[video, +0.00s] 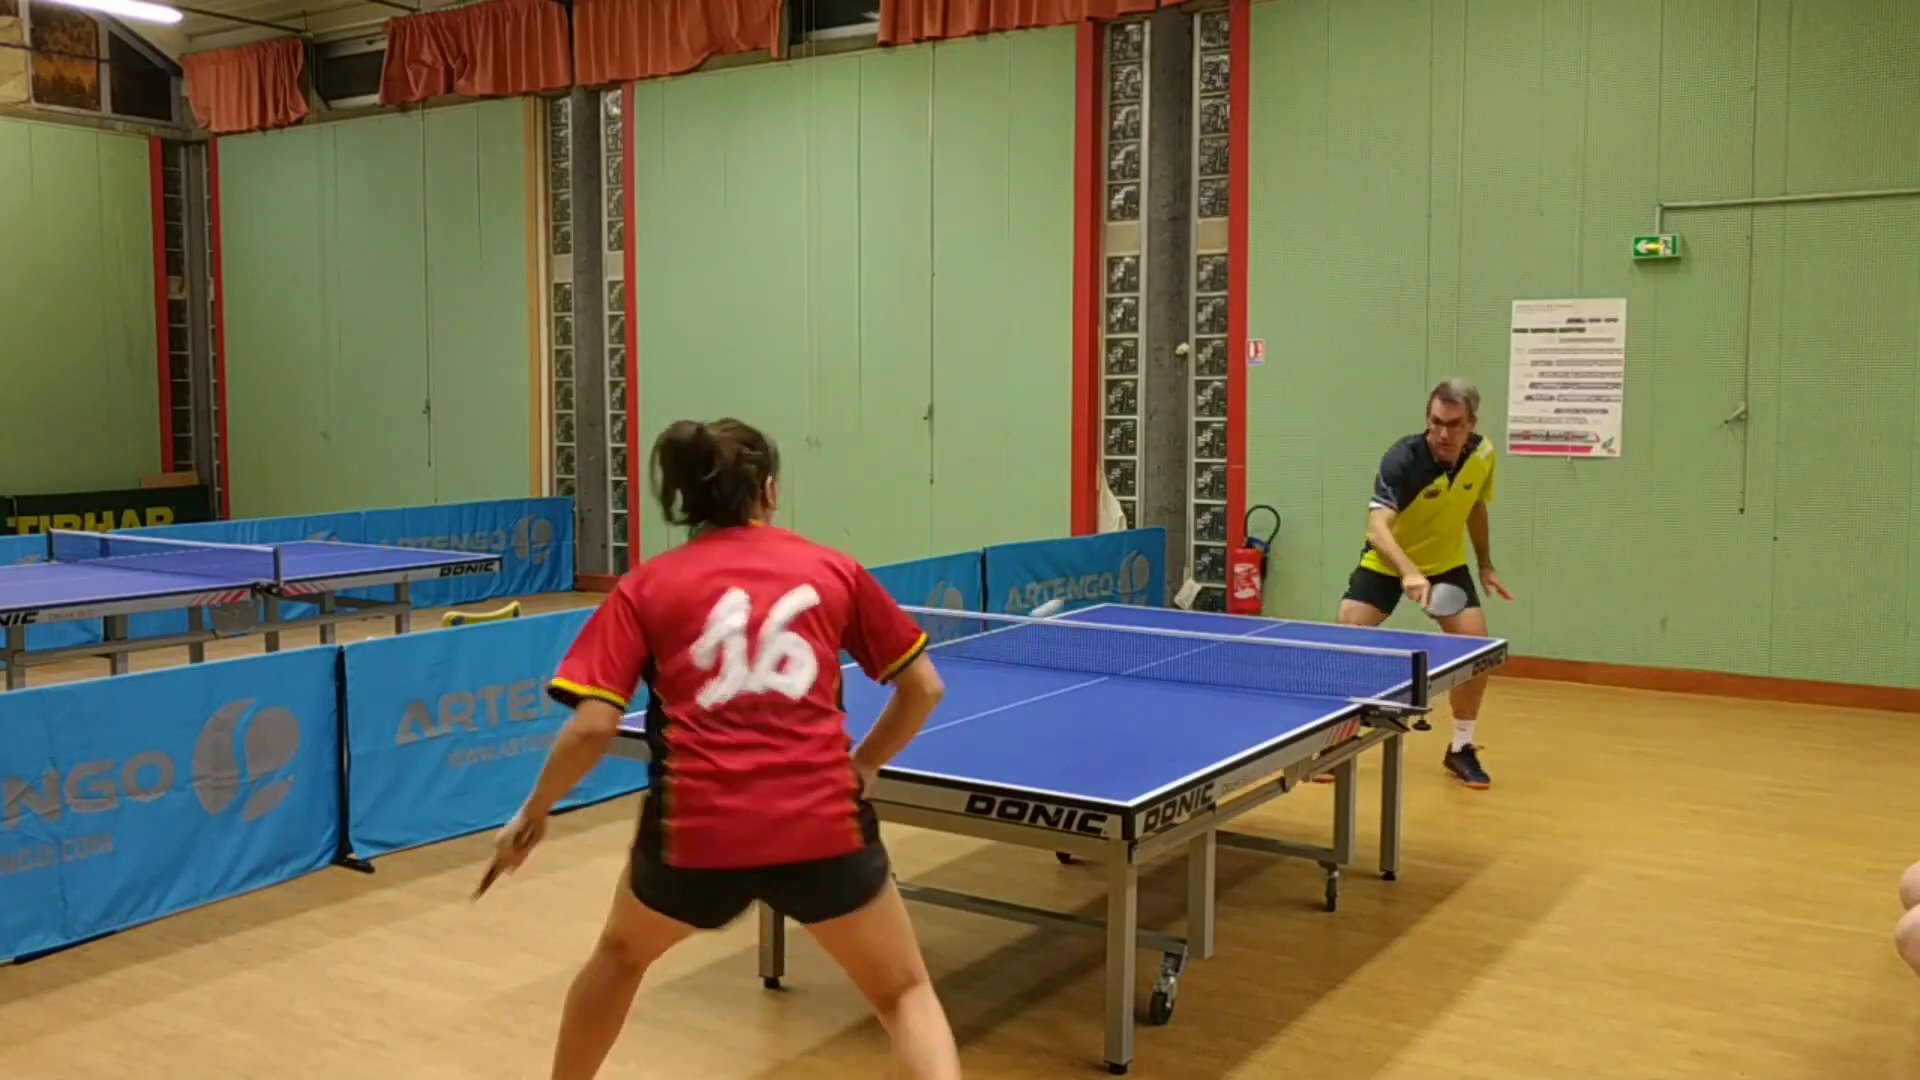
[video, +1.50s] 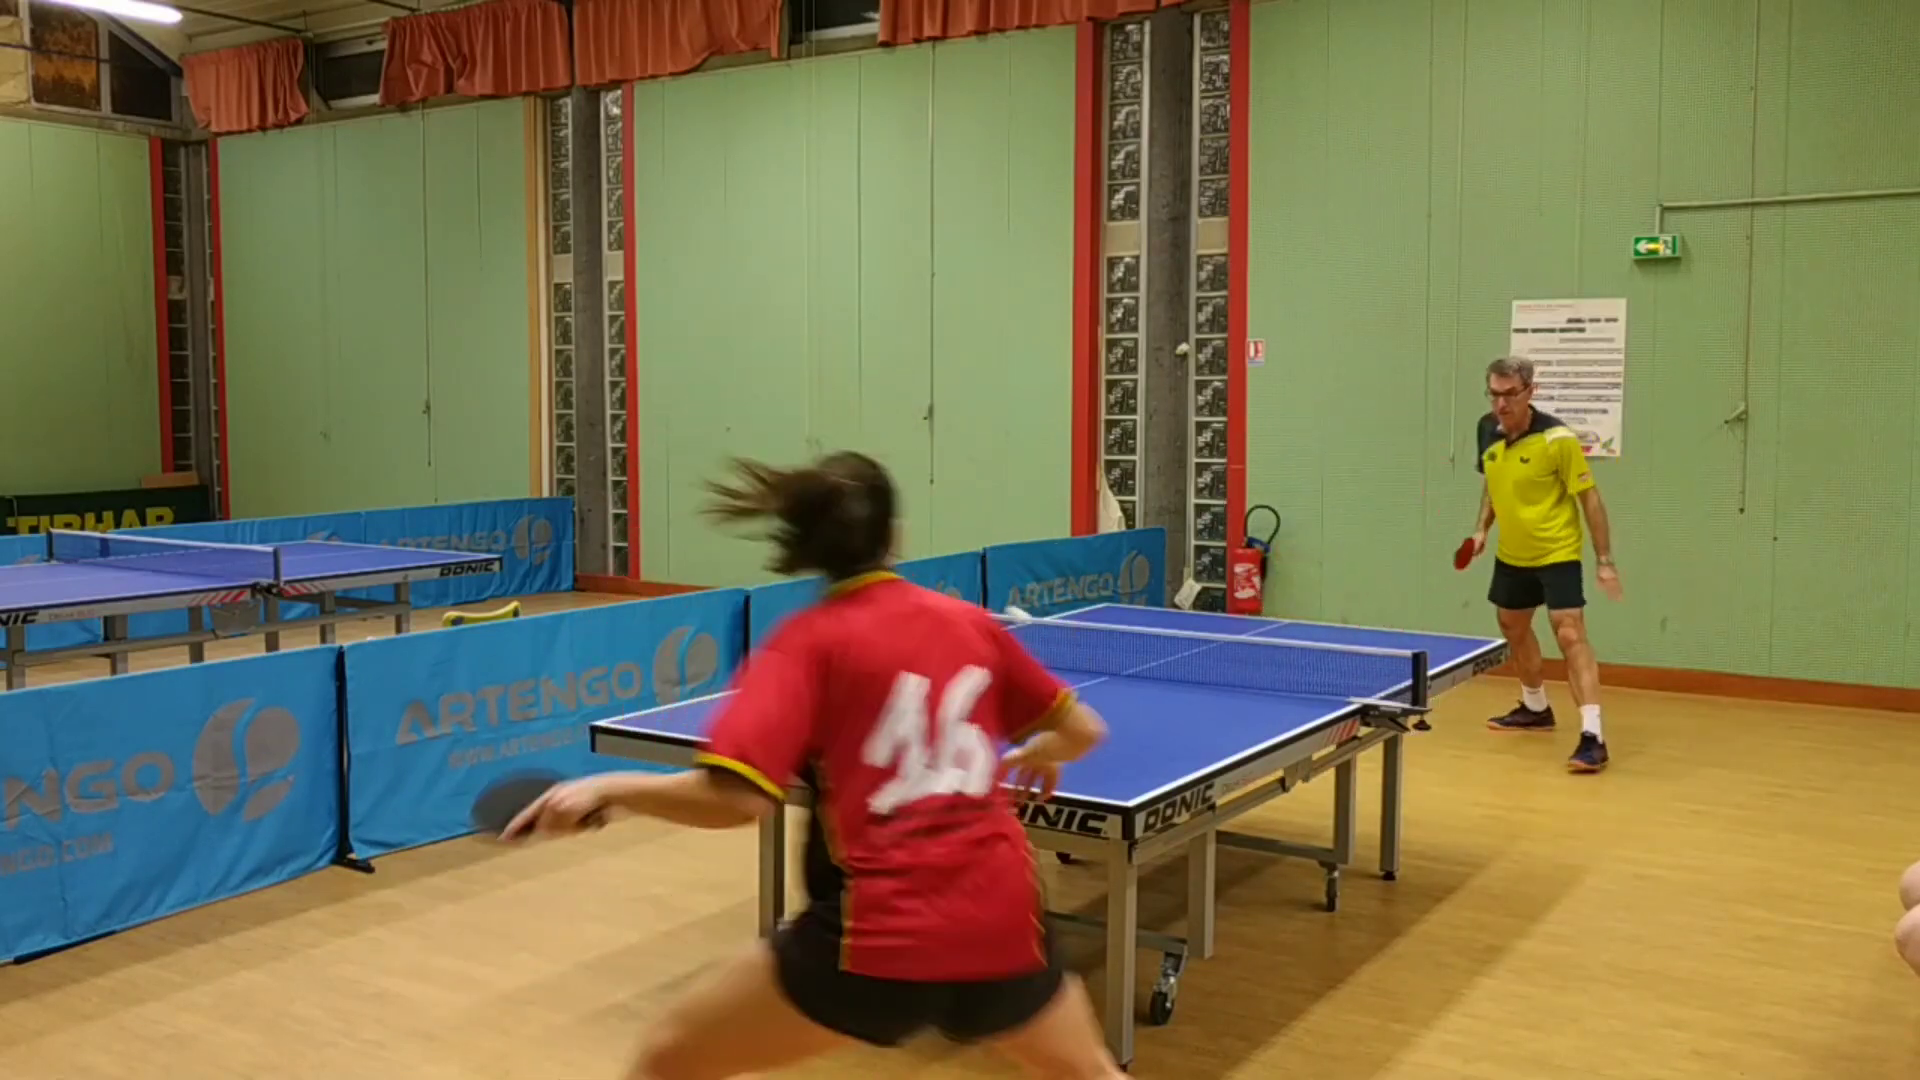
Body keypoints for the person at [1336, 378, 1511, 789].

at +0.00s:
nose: (1443, 434)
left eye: (1454, 426)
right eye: (1436, 423)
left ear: (1472, 424)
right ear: (1426, 419)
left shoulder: (1482, 455)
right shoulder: (1404, 456)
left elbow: (1477, 508)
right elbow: (1376, 524)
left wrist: (1486, 565)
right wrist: (1408, 571)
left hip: (1446, 563)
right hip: (1387, 560)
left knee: (1475, 646)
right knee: (1349, 633)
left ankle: (1462, 748)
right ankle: (1338, 741)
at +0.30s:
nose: (1414, 444)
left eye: (1424, 435)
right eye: (1407, 434)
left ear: (1445, 433)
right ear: (1401, 433)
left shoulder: (1476, 469)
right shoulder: (1384, 478)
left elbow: (1504, 523)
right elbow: (1357, 539)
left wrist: (1524, 586)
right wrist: (1356, 587)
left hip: (1471, 584)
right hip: (1407, 583)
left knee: (1530, 668)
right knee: (1363, 651)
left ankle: (1572, 743)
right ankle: (1341, 746)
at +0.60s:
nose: (1452, 430)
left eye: (1460, 420)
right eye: (1445, 422)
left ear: (1484, 417)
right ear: (1440, 422)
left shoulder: (1526, 453)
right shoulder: (1440, 462)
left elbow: (1568, 504)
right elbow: (1426, 516)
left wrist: (1571, 566)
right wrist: (1418, 559)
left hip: (1534, 569)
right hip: (1472, 566)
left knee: (1567, 660)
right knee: (1423, 634)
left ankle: (1586, 746)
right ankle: (1420, 724)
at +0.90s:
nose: (1472, 406)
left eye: (1477, 396)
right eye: (1467, 398)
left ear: (1504, 384)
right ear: (1470, 394)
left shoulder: (1551, 422)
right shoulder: (1482, 423)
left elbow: (1592, 473)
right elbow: (1493, 471)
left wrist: (1581, 538)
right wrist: (1476, 510)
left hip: (1552, 548)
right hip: (1501, 547)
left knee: (1567, 641)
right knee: (1473, 622)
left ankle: (1595, 736)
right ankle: (1446, 715)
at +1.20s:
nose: (1508, 385)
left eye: (1516, 376)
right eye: (1503, 377)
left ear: (1540, 372)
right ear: (1498, 376)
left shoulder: (1569, 421)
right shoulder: (1510, 411)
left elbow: (1615, 472)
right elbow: (1508, 452)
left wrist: (1619, 540)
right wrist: (1465, 468)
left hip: (1561, 549)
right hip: (1519, 543)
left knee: (1572, 639)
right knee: (1518, 616)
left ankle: (1596, 738)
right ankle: (1521, 696)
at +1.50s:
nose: (1500, 404)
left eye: (1509, 395)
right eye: (1494, 395)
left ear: (1530, 393)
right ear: (1489, 395)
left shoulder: (1559, 440)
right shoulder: (1489, 434)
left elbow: (1590, 498)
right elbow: (1492, 486)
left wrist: (1604, 560)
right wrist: (1481, 530)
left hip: (1559, 556)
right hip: (1513, 555)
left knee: (1569, 635)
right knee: (1513, 626)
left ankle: (1592, 735)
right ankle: (1535, 707)